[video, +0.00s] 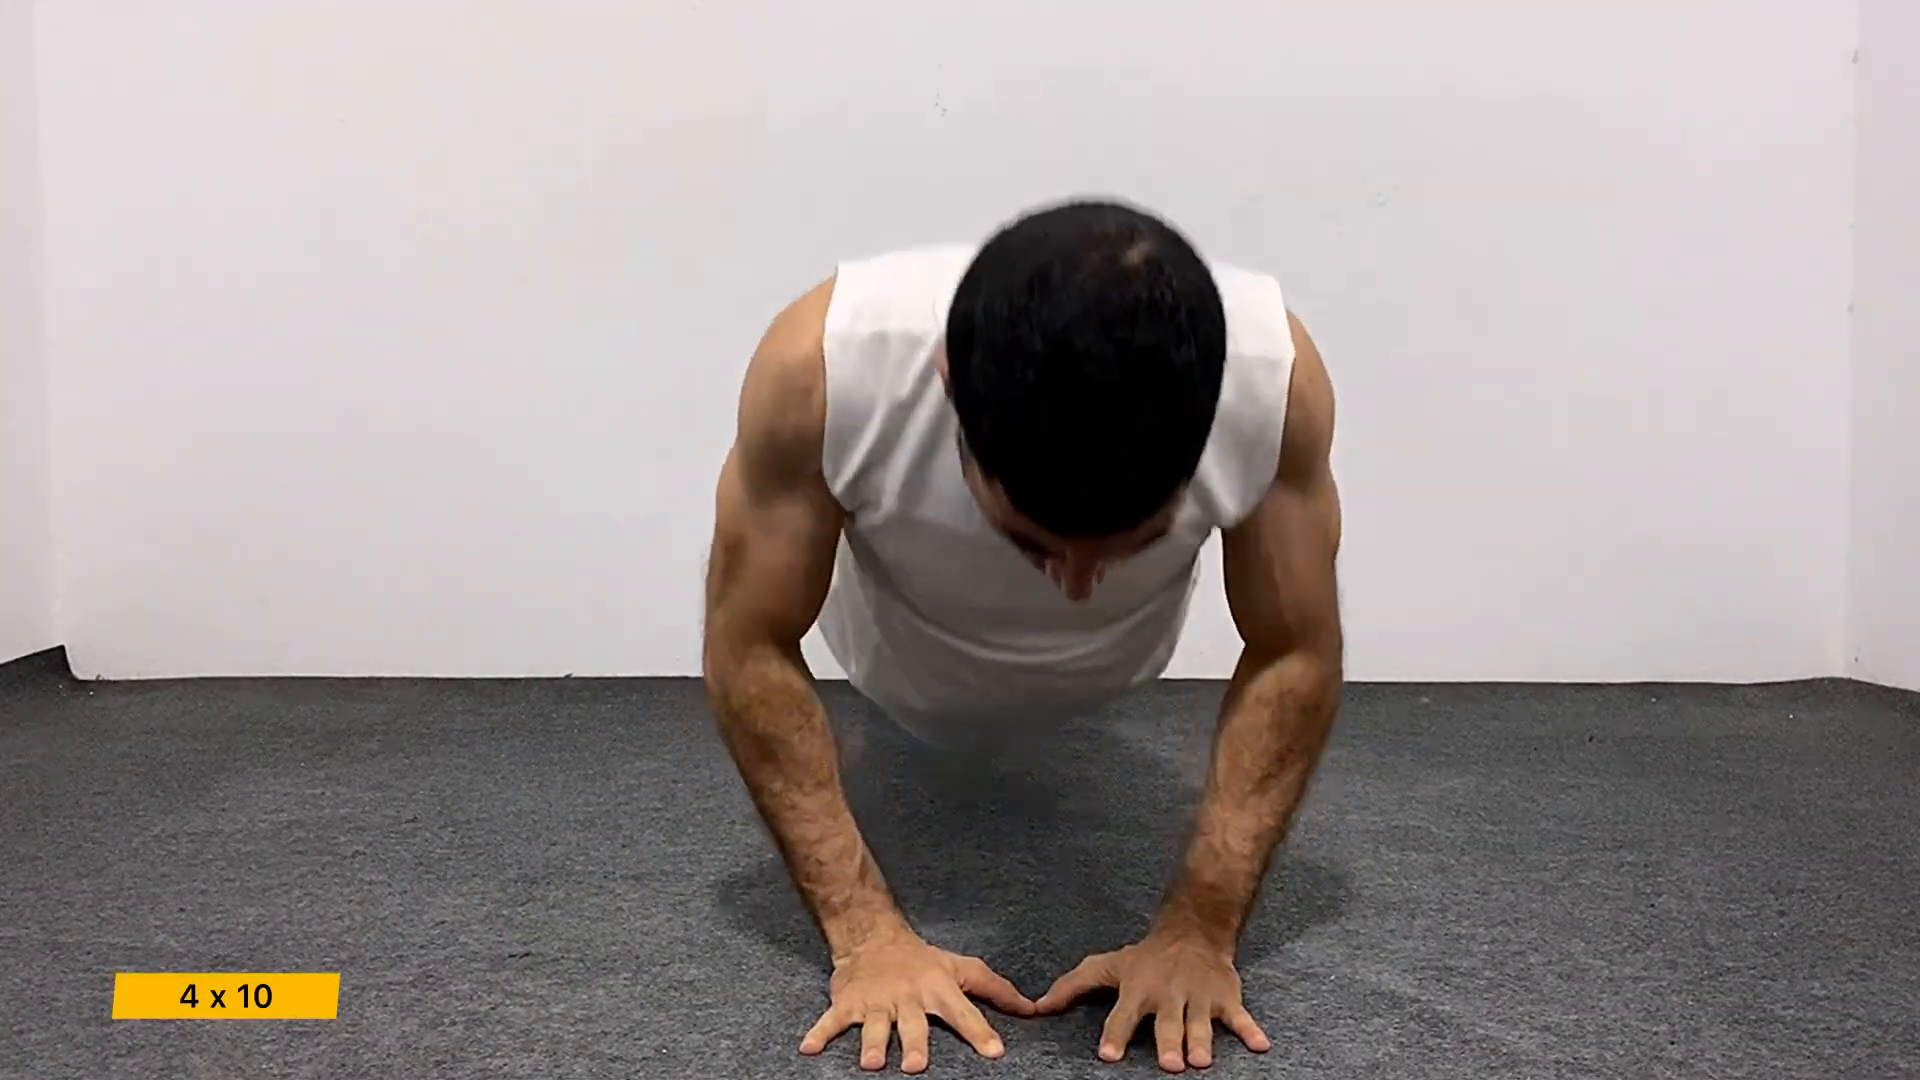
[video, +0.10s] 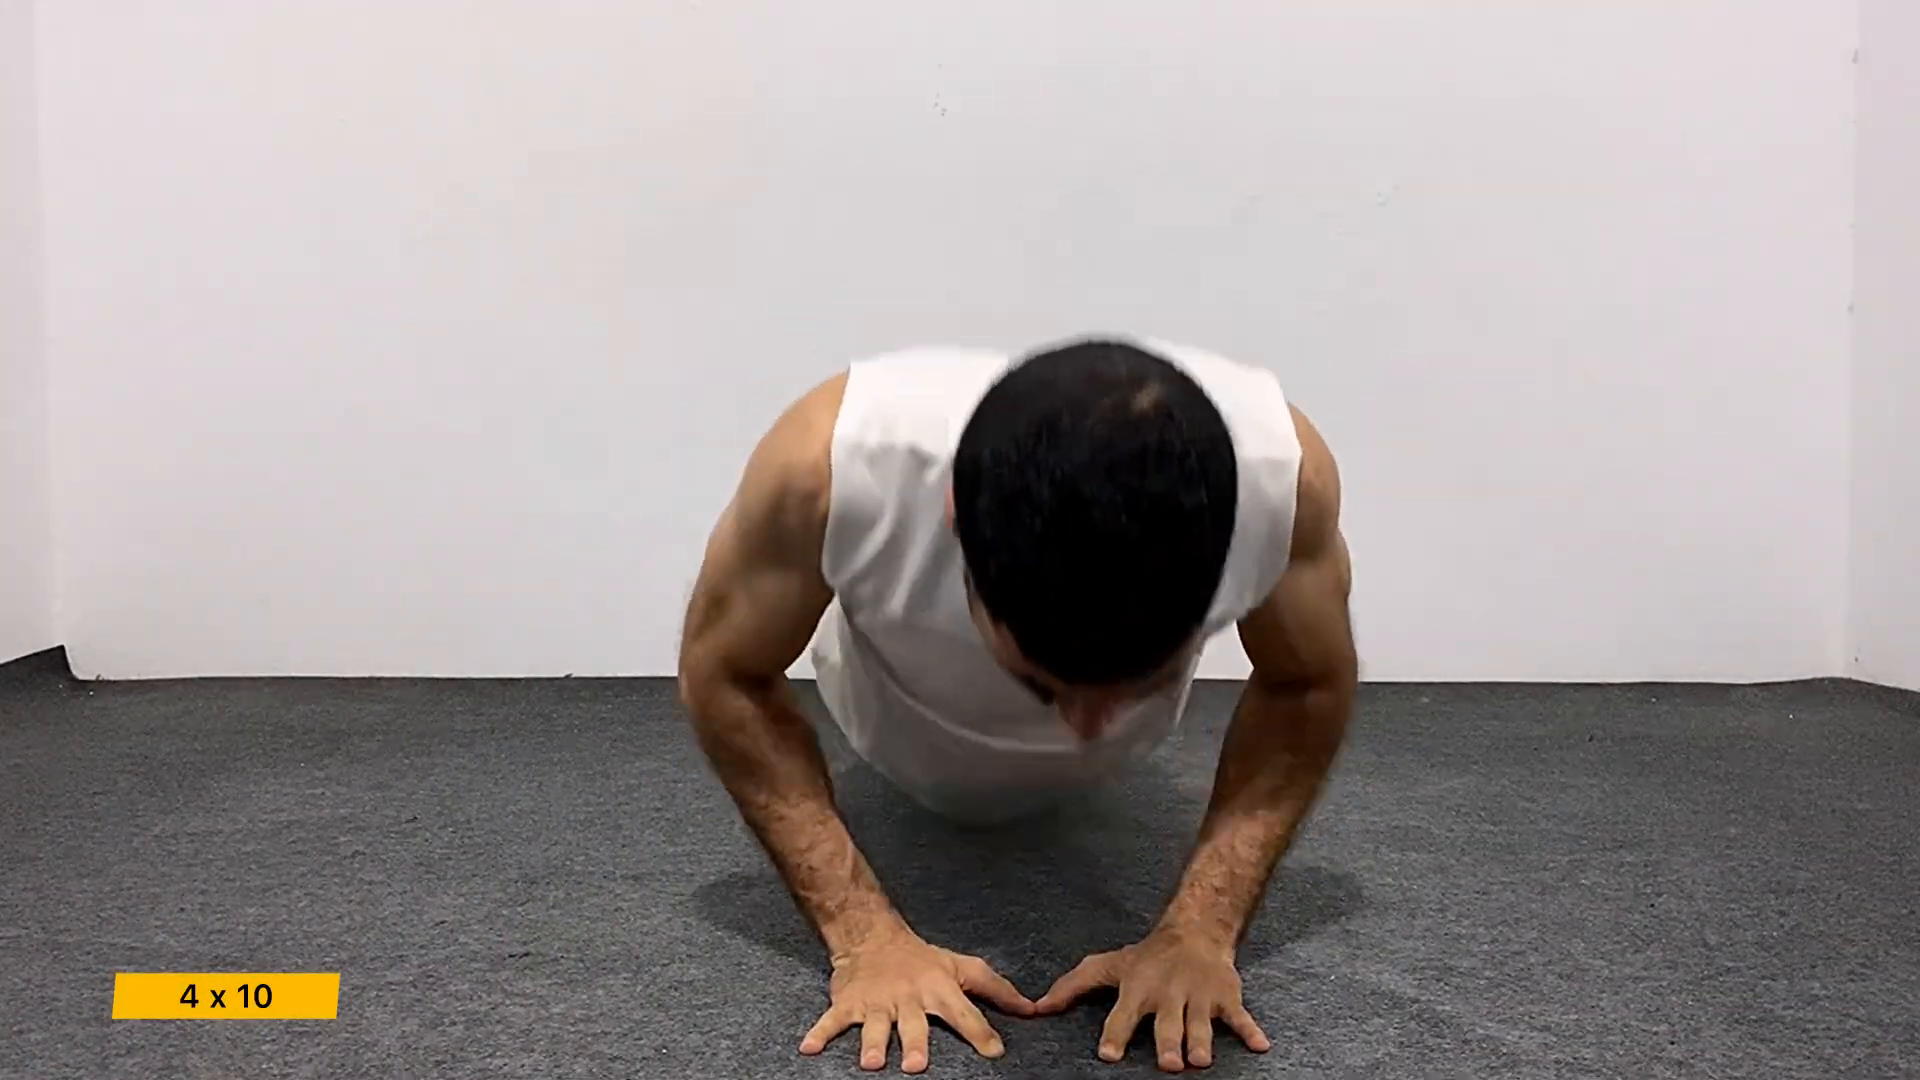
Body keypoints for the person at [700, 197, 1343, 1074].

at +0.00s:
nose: (1077, 579)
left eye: (1130, 542)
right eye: (1034, 540)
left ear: (1204, 428)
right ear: (948, 392)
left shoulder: (1270, 382)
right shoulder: (820, 371)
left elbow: (1294, 652)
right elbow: (747, 649)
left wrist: (1200, 927)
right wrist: (868, 935)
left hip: (1118, 666)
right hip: (908, 674)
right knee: (915, 698)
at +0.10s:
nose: (1088, 724)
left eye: (1133, 689)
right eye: (1042, 686)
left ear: (1215, 562)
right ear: (958, 529)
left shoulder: (1283, 480)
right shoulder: (827, 469)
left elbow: (1305, 681)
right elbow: (724, 674)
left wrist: (1201, 926)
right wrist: (865, 933)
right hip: (900, 721)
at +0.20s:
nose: (1093, 871)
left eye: (1136, 833)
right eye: (1051, 826)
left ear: (1227, 697)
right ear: (967, 672)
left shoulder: (1295, 573)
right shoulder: (826, 569)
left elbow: (1314, 707)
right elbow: (709, 692)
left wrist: (1203, 927)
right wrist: (863, 933)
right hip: (911, 816)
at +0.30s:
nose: (1070, 982)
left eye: (1122, 955)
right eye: (1037, 944)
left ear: (1232, 797)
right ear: (965, 766)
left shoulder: (1302, 644)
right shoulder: (830, 643)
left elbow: (1339, 718)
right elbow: (703, 687)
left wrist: (1209, 937)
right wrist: (862, 939)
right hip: (913, 831)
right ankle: (943, 555)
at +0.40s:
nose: (1104, 1052)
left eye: (1138, 1025)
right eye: (1059, 1019)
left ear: (1240, 812)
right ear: (958, 817)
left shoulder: (1306, 684)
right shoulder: (834, 688)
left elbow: (1349, 716)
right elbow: (698, 682)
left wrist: (1222, 944)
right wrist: (861, 940)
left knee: (1047, 620)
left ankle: (1015, 577)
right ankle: (900, 589)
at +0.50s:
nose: (1095, 1072)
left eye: (1134, 1052)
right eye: (1062, 1048)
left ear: (1235, 875)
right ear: (964, 852)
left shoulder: (1301, 694)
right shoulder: (835, 703)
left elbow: (1356, 695)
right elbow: (698, 679)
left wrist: (1225, 939)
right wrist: (857, 931)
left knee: (1055, 624)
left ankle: (1019, 576)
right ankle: (904, 590)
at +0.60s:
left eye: (1122, 1018)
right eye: (1032, 999)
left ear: (1234, 808)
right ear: (956, 804)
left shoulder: (1303, 679)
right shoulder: (827, 680)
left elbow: (1347, 712)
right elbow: (702, 682)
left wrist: (1217, 947)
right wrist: (862, 939)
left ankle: (1012, 567)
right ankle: (897, 569)